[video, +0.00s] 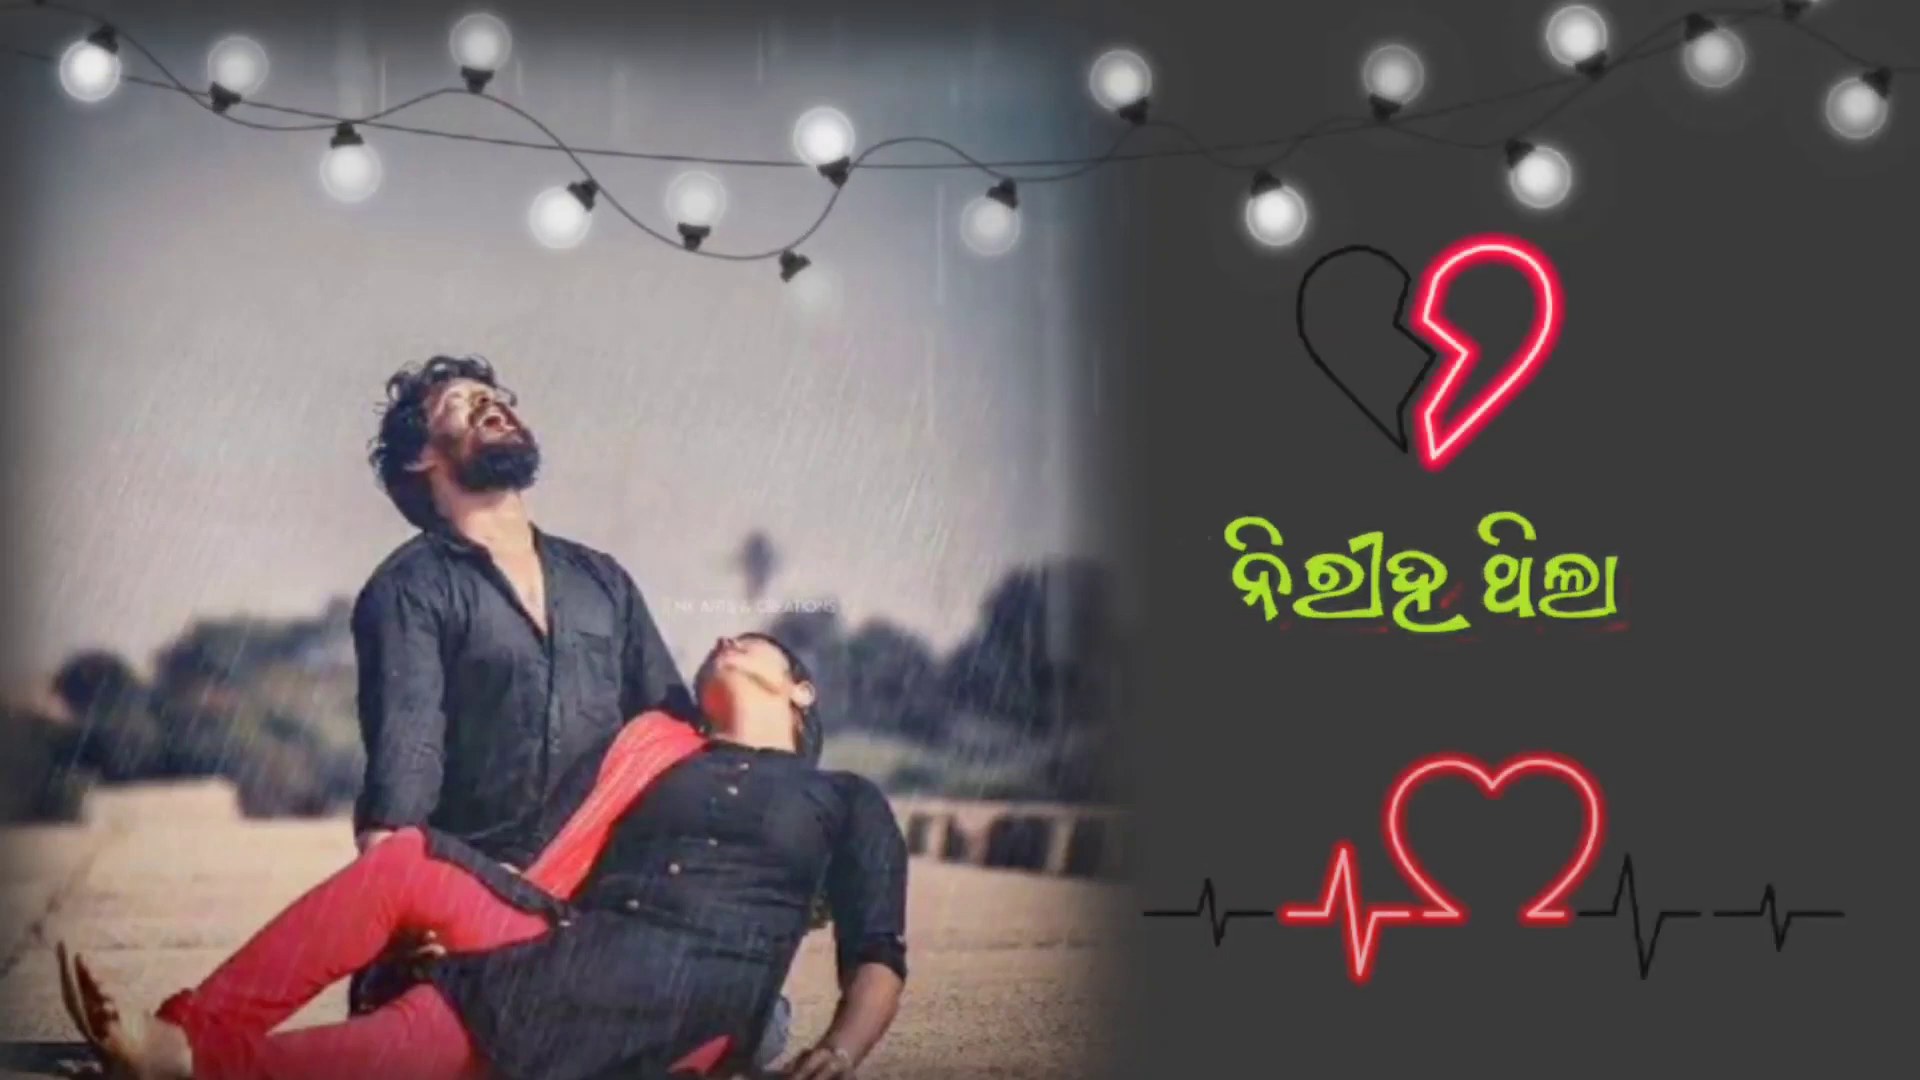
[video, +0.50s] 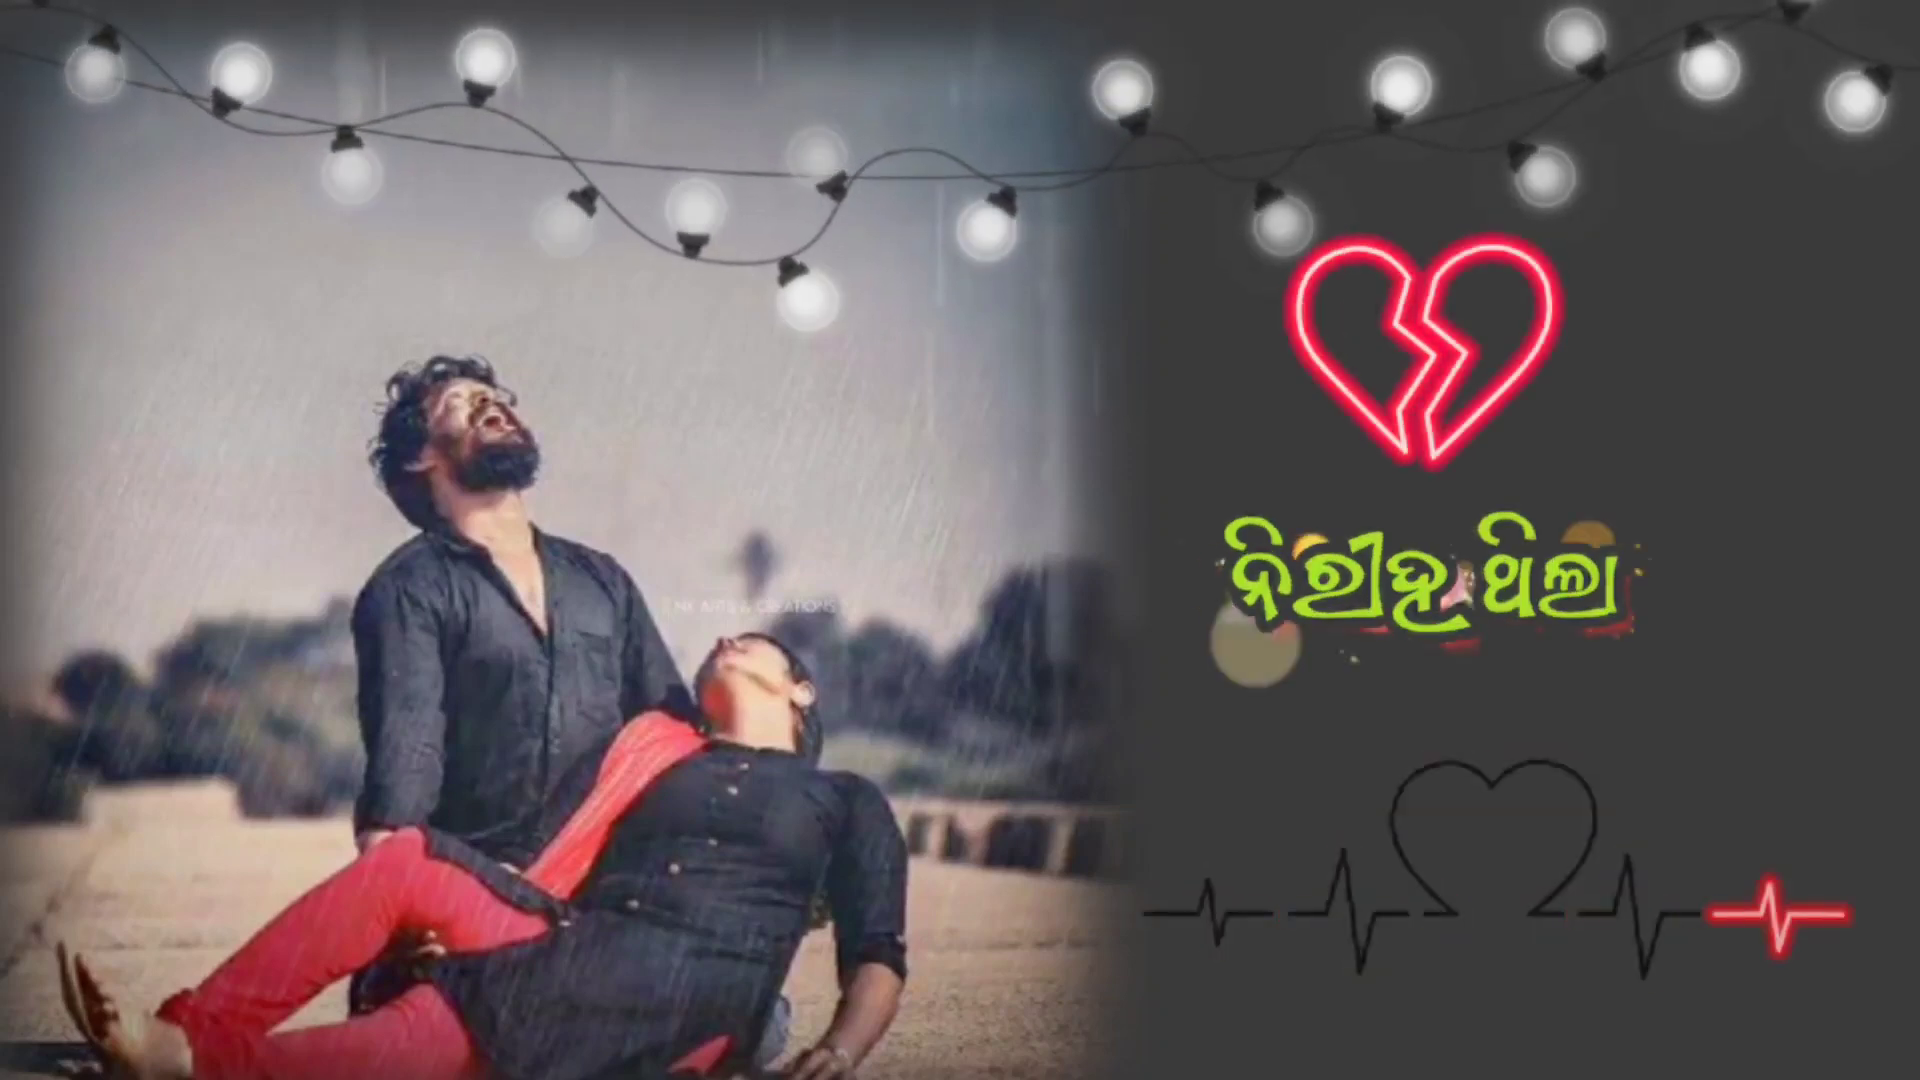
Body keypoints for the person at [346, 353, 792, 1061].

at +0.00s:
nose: (495, 409)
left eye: (501, 402)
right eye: (461, 406)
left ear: (525, 436)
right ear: (421, 463)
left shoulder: (603, 579)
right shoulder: (410, 587)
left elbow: (678, 729)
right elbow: (404, 748)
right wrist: (389, 895)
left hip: (617, 884)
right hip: (462, 890)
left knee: (762, 1020)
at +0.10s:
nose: (495, 409)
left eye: (501, 402)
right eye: (461, 406)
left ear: (525, 436)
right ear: (421, 463)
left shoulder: (603, 579)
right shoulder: (410, 587)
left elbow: (678, 729)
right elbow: (404, 748)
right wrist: (389, 895)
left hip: (617, 884)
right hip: (462, 890)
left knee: (762, 1020)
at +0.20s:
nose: (495, 409)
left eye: (501, 401)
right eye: (461, 406)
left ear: (525, 436)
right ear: (421, 463)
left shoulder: (603, 579)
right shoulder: (410, 587)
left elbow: (678, 729)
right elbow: (404, 748)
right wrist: (389, 895)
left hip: (617, 884)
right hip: (462, 890)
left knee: (762, 1020)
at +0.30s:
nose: (495, 409)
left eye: (500, 401)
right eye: (461, 406)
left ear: (525, 436)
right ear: (421, 462)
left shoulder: (603, 579)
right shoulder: (411, 587)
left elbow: (678, 729)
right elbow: (405, 745)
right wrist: (388, 892)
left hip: (616, 883)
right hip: (461, 889)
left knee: (762, 1020)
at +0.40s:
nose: (495, 409)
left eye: (501, 401)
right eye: (461, 406)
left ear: (525, 436)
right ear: (421, 462)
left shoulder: (603, 579)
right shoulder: (411, 587)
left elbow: (678, 729)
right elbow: (405, 745)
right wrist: (388, 893)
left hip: (616, 883)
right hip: (461, 889)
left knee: (762, 1020)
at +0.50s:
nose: (496, 409)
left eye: (501, 401)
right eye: (463, 406)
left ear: (525, 436)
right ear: (421, 462)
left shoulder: (603, 579)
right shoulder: (411, 587)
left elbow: (678, 729)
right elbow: (404, 748)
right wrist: (388, 895)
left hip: (615, 884)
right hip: (460, 889)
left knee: (762, 1020)